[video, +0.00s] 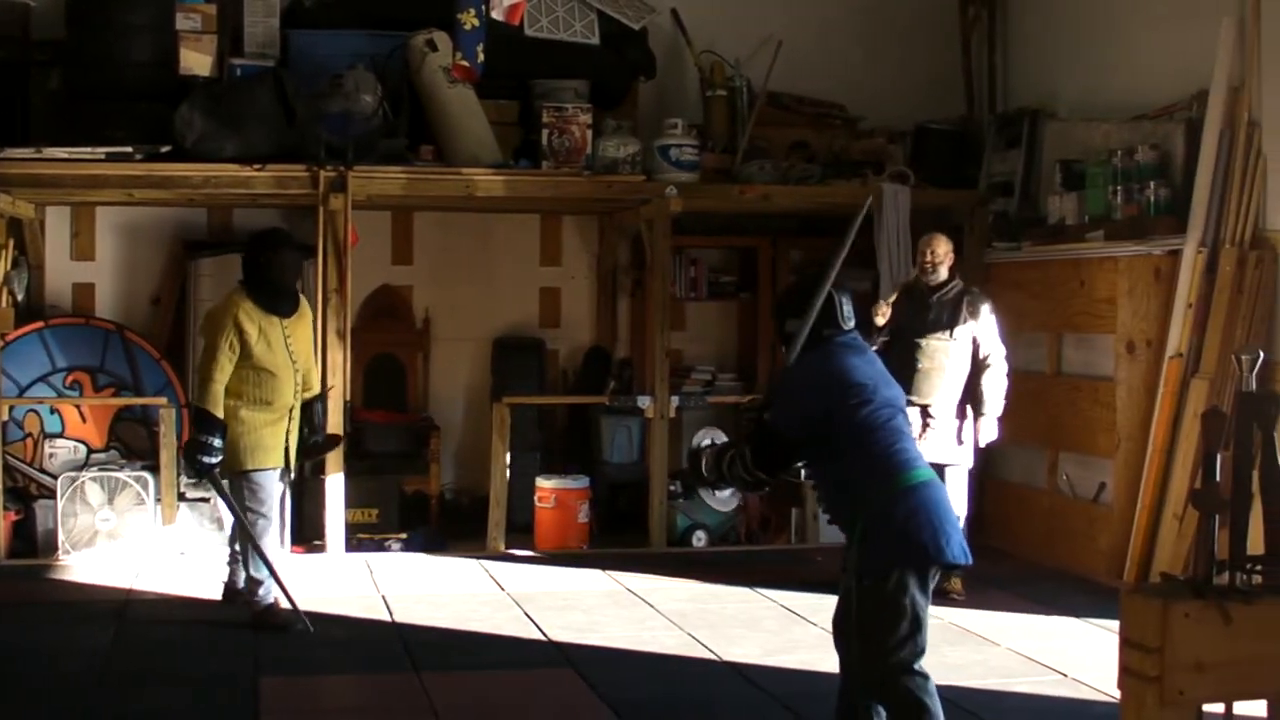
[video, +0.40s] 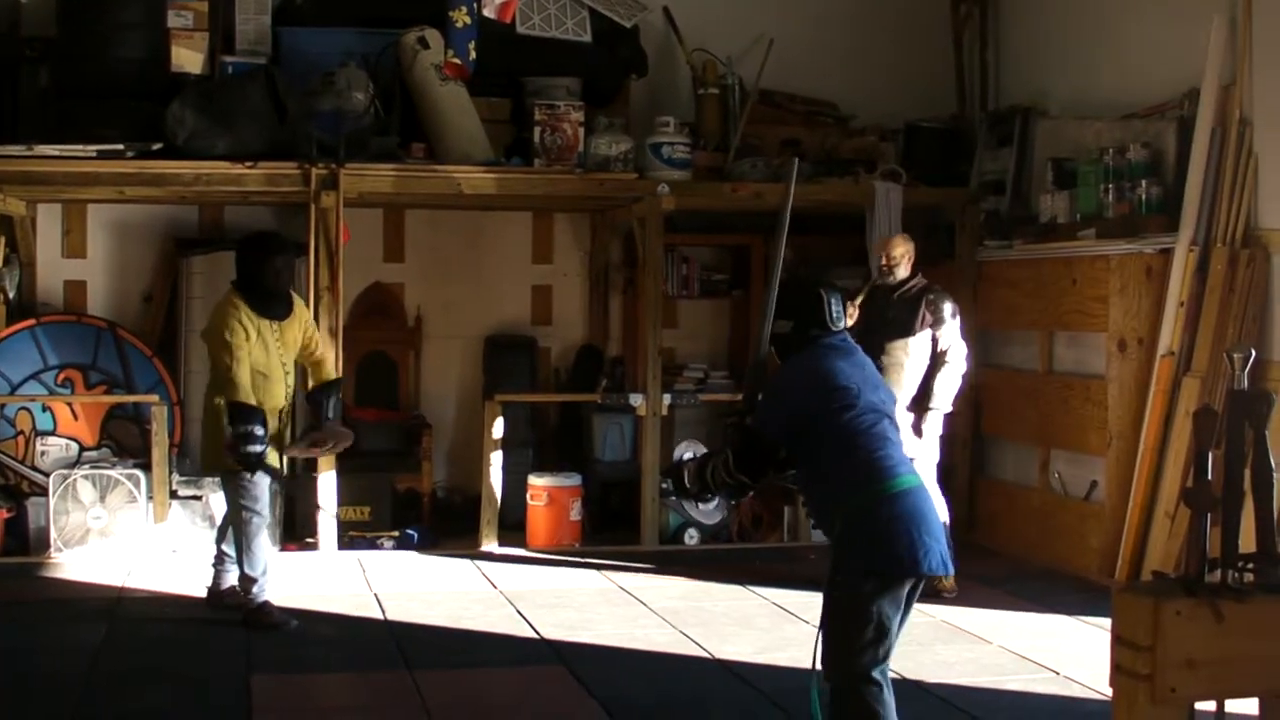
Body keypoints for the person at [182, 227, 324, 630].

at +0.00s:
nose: (296, 274)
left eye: (297, 266)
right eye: (287, 266)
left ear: (298, 268)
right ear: (263, 268)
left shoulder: (301, 310)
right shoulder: (232, 313)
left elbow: (308, 369)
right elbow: (212, 378)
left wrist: (315, 424)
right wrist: (206, 438)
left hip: (285, 429)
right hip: (248, 431)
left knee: (262, 512)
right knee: (263, 514)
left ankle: (239, 587)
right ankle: (262, 598)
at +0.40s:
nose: (287, 276)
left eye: (289, 267)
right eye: (278, 268)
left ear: (290, 268)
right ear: (254, 270)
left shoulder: (295, 310)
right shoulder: (232, 314)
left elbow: (320, 357)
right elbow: (234, 378)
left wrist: (328, 416)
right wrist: (249, 436)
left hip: (274, 427)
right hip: (238, 426)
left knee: (249, 505)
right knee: (252, 507)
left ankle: (224, 583)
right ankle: (257, 597)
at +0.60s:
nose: (298, 277)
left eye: (301, 269)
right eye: (290, 269)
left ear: (302, 270)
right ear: (265, 271)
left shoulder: (304, 304)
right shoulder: (242, 312)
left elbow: (343, 331)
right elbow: (255, 358)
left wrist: (362, 371)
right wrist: (282, 388)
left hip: (282, 421)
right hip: (248, 424)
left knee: (259, 506)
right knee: (262, 509)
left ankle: (237, 584)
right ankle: (269, 595)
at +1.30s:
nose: (295, 275)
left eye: (296, 266)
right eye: (285, 267)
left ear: (297, 267)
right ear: (258, 270)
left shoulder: (306, 312)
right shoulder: (231, 316)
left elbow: (324, 359)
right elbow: (218, 379)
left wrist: (319, 398)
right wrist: (255, 377)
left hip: (288, 425)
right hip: (248, 425)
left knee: (261, 504)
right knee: (264, 506)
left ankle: (237, 582)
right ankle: (268, 594)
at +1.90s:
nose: (282, 273)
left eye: (285, 264)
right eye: (273, 265)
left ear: (287, 265)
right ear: (250, 268)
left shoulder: (298, 306)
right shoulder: (227, 310)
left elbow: (318, 362)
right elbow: (221, 371)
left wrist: (321, 418)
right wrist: (265, 343)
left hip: (283, 425)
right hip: (244, 426)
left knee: (261, 506)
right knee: (261, 506)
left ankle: (237, 582)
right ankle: (268, 595)